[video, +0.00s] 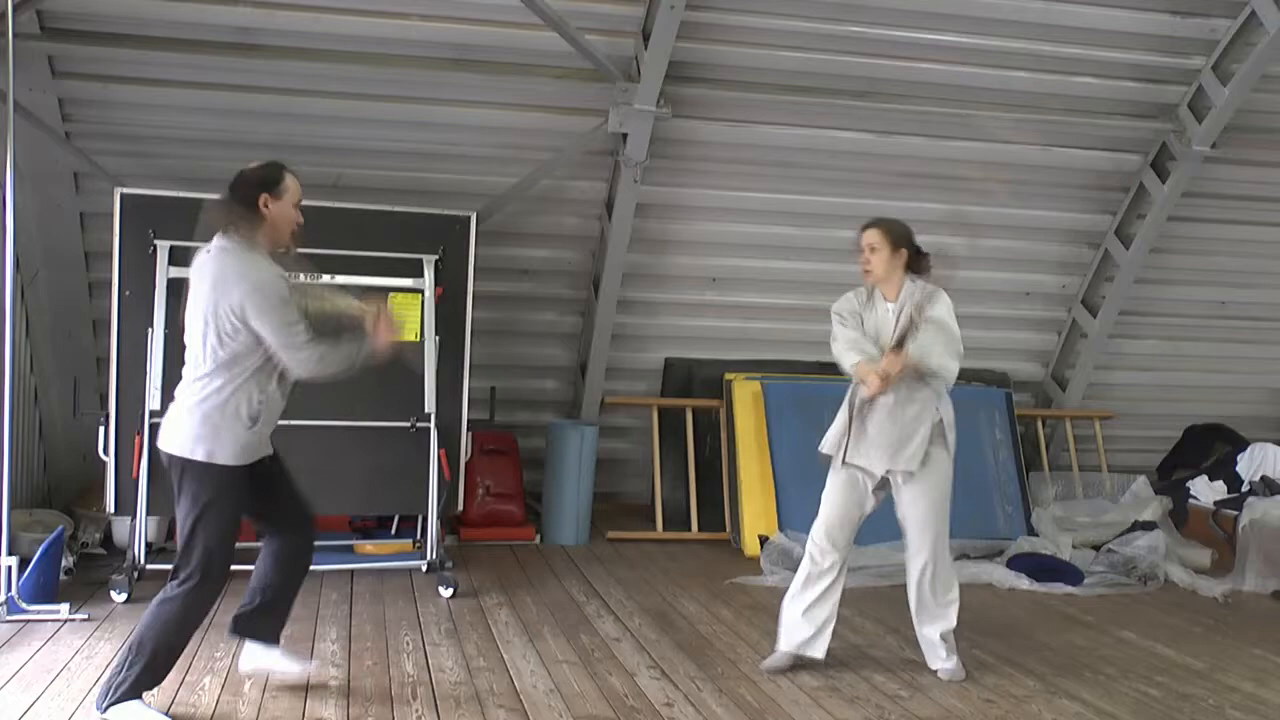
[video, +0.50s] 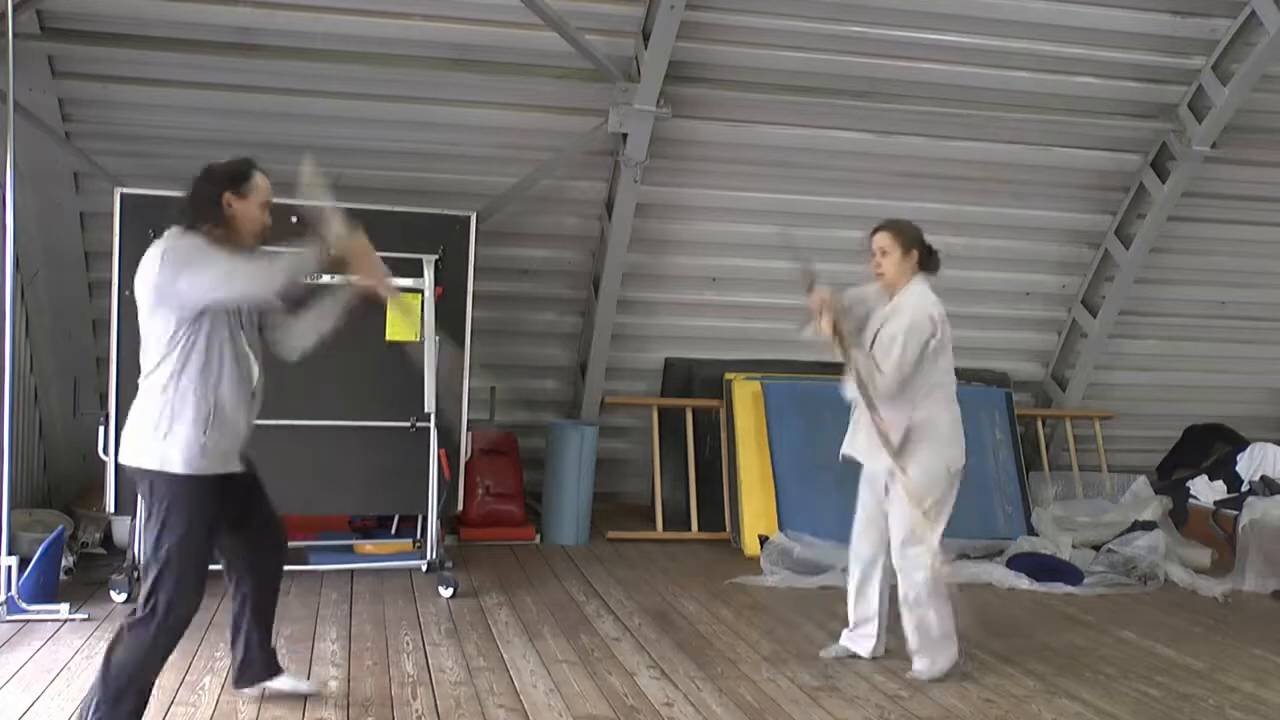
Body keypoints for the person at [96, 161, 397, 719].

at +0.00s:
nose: (301, 217)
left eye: (301, 206)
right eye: (296, 205)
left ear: (262, 204)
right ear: (266, 204)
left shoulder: (221, 255)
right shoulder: (255, 274)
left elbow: (293, 299)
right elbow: (304, 360)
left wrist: (355, 309)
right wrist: (373, 345)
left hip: (231, 438)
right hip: (213, 443)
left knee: (293, 530)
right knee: (201, 575)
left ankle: (259, 640)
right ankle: (116, 698)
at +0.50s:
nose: (270, 216)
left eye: (270, 206)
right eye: (264, 204)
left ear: (232, 205)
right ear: (229, 202)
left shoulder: (242, 272)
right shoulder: (171, 256)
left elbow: (290, 339)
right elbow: (256, 278)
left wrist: (350, 290)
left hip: (221, 455)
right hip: (170, 457)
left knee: (261, 547)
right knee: (170, 601)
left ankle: (255, 671)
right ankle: (104, 713)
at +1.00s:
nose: (300, 197)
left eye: (298, 186)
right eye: (292, 185)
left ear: (259, 188)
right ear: (262, 186)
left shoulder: (229, 246)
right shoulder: (253, 250)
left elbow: (315, 310)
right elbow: (331, 301)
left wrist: (384, 312)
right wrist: (419, 283)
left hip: (241, 439)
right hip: (248, 443)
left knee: (241, 577)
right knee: (265, 578)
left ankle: (218, 707)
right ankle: (145, 682)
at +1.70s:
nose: (548, 239)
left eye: (548, 227)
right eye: (544, 226)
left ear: (508, 224)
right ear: (519, 224)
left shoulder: (464, 263)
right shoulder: (483, 264)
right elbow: (541, 332)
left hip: (470, 436)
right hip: (458, 438)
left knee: (510, 554)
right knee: (495, 568)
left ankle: (518, 668)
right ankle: (437, 700)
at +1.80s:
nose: (566, 251)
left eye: (566, 239)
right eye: (561, 238)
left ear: (532, 235)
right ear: (534, 234)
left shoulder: (508, 284)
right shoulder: (479, 265)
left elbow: (549, 359)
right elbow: (544, 326)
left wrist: (632, 351)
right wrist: (633, 349)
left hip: (501, 440)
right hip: (462, 437)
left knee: (536, 547)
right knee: (523, 549)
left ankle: (516, 672)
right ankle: (449, 677)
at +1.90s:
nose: (588, 247)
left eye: (591, 239)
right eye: (582, 236)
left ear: (568, 235)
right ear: (553, 229)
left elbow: (612, 318)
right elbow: (542, 263)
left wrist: (639, 261)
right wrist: (613, 250)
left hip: (525, 439)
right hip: (474, 433)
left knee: (551, 551)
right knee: (525, 553)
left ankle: (517, 672)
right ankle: (443, 680)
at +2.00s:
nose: (587, 244)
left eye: (594, 233)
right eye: (582, 229)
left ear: (593, 237)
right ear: (555, 224)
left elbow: (630, 262)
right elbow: (538, 224)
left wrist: (629, 196)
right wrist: (592, 184)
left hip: (536, 440)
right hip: (482, 434)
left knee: (554, 549)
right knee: (496, 563)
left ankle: (520, 668)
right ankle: (431, 700)